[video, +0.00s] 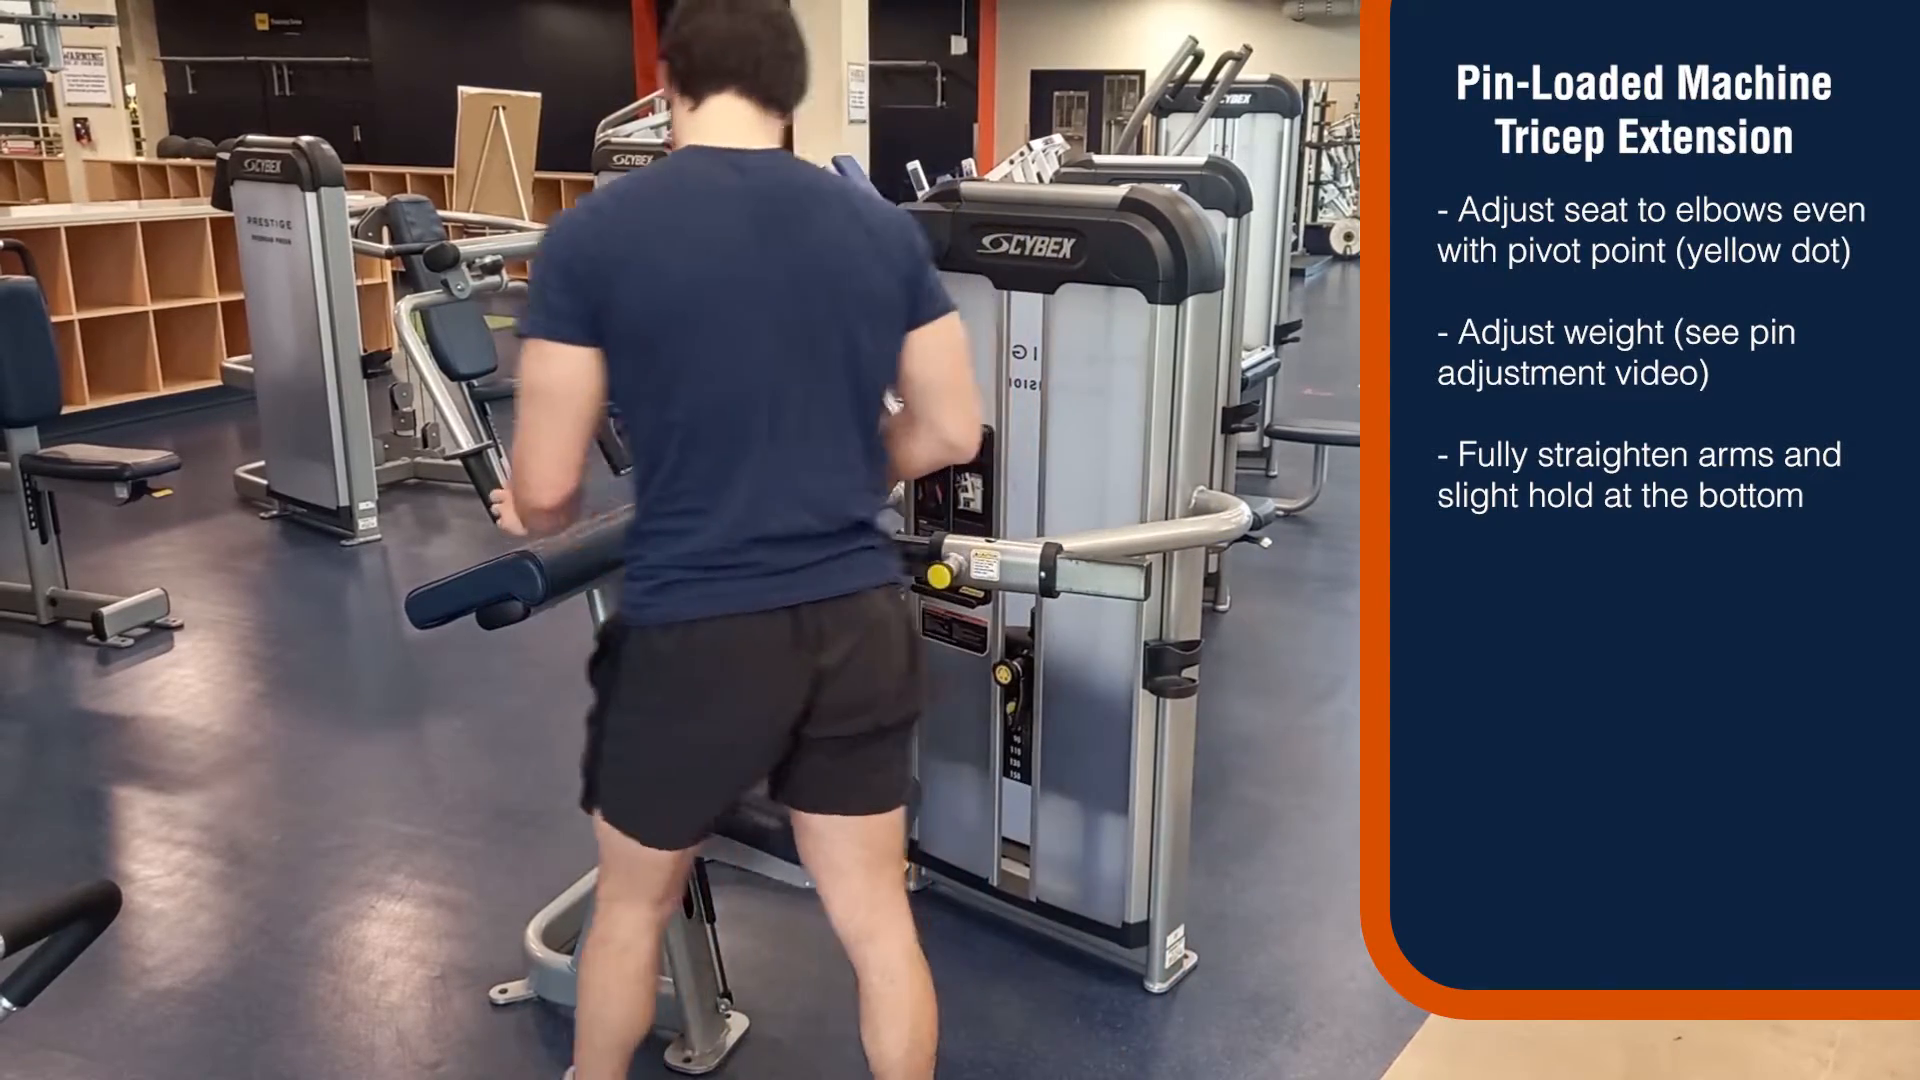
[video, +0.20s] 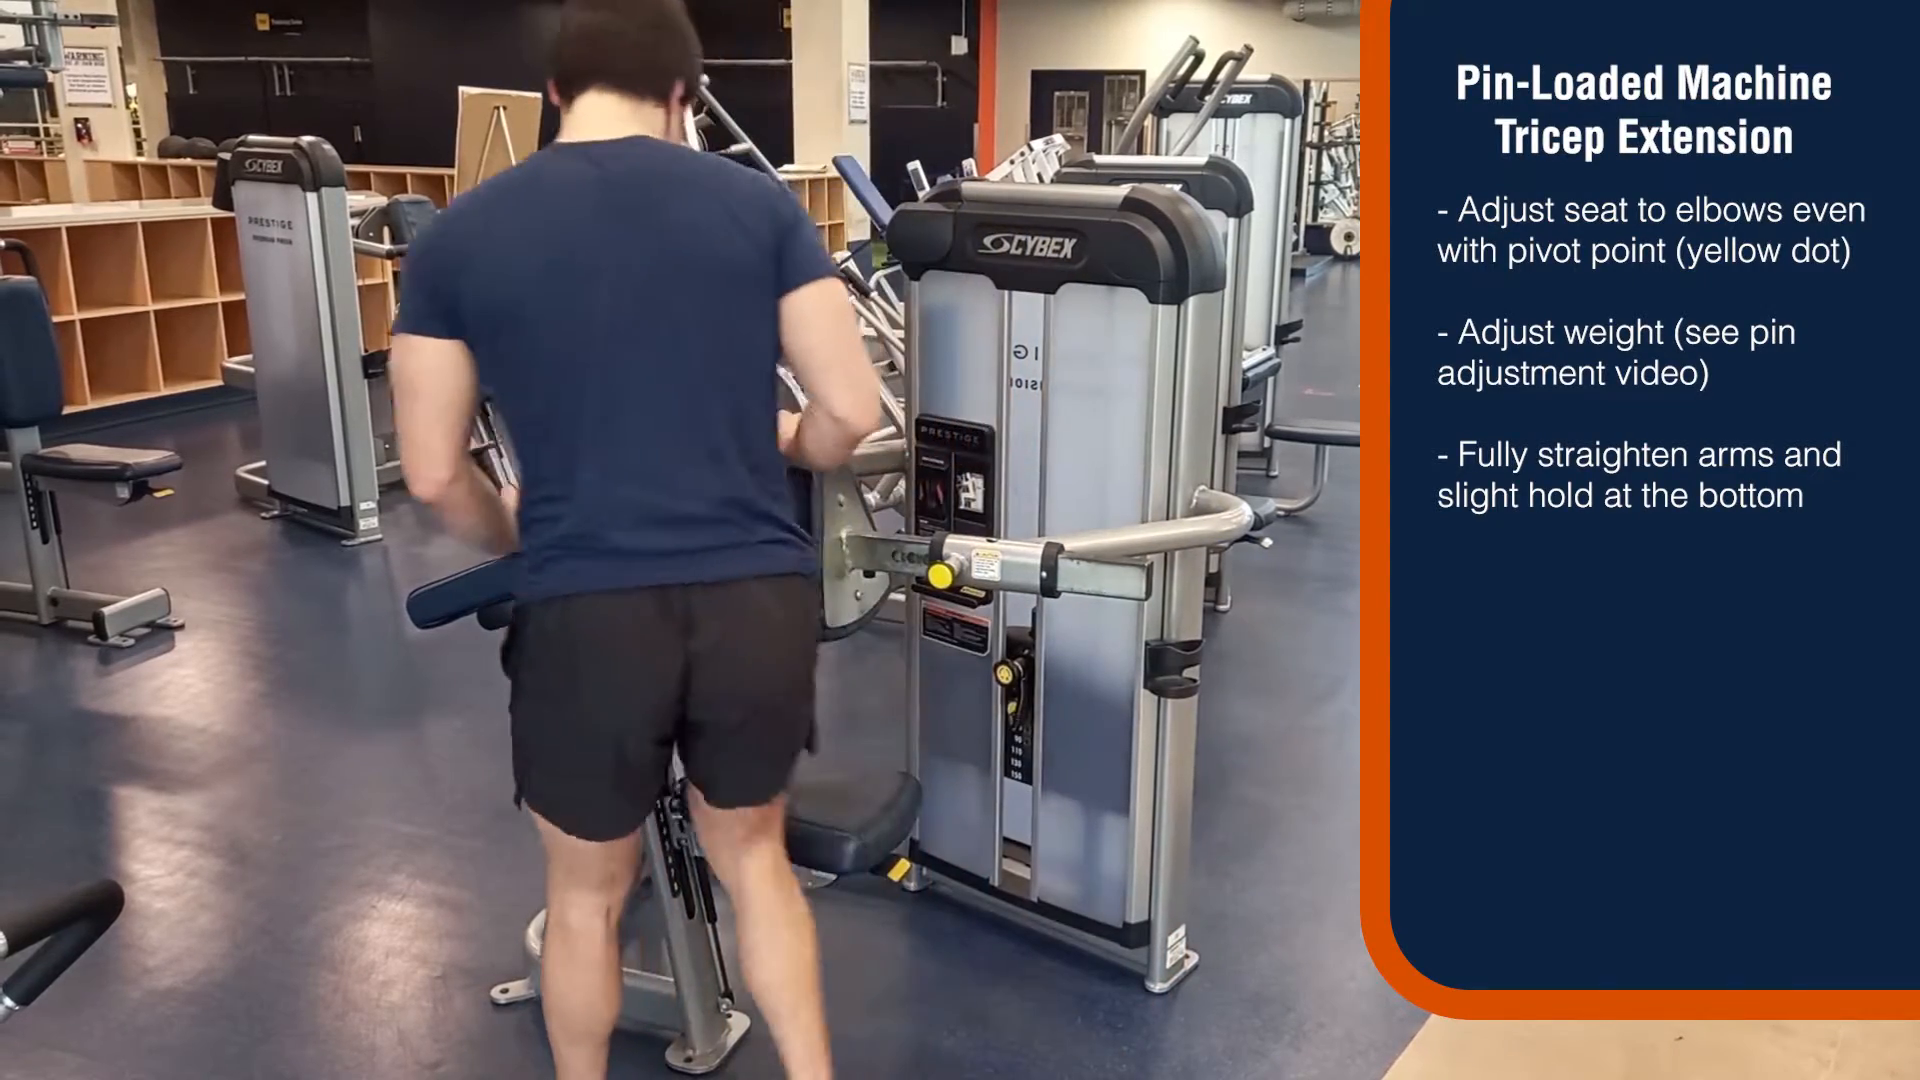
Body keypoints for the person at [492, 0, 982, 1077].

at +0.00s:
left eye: (667, 76)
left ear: (670, 84)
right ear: (793, 93)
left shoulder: (598, 233)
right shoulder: (877, 226)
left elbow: (549, 489)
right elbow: (951, 429)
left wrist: (525, 504)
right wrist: (834, 457)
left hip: (693, 646)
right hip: (862, 631)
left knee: (632, 908)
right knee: (879, 917)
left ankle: (597, 1071)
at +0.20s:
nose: (687, 120)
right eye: (691, 104)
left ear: (552, 93)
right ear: (681, 98)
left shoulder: (462, 233)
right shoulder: (758, 206)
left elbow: (434, 475)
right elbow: (852, 415)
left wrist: (519, 542)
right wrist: (773, 438)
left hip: (585, 627)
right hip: (757, 615)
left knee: (584, 899)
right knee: (756, 850)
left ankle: (582, 1076)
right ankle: (813, 1071)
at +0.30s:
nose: (655, 124)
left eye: (653, 110)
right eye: (659, 106)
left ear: (525, 89)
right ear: (643, 93)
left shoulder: (425, 226)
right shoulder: (714, 193)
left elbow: (399, 466)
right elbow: (826, 399)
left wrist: (504, 541)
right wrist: (773, 455)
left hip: (553, 610)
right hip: (723, 587)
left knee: (573, 896)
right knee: (710, 782)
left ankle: (578, 1073)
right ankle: (739, 1023)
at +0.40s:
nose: (644, 125)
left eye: (644, 110)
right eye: (646, 107)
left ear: (511, 88)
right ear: (626, 94)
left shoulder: (408, 225)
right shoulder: (688, 188)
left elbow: (383, 455)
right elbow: (810, 392)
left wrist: (486, 537)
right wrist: (786, 453)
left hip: (535, 604)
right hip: (703, 576)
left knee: (568, 895)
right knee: (699, 735)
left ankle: (577, 1074)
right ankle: (705, 960)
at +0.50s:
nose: (629, 127)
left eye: (629, 112)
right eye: (631, 110)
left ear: (496, 87)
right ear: (604, 94)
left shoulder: (384, 223)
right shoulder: (662, 185)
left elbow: (368, 448)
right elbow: (786, 397)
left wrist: (469, 527)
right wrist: (787, 452)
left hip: (511, 609)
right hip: (677, 577)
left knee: (560, 898)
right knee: (694, 656)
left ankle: (575, 1076)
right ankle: (687, 857)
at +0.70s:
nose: (605, 123)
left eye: (604, 108)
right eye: (606, 107)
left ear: (465, 92)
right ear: (577, 89)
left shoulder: (352, 221)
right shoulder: (630, 182)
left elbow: (347, 442)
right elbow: (757, 391)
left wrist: (453, 521)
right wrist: (797, 440)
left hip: (496, 609)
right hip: (652, 572)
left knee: (554, 887)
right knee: (716, 504)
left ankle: (574, 1077)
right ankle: (712, 741)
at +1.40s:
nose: (474, 143)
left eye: (473, 125)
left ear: (478, 125)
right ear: (595, 110)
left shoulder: (475, 245)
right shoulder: (694, 202)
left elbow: (481, 473)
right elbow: (788, 373)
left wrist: (507, 548)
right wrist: (759, 461)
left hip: (636, 583)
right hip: (761, 545)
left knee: (606, 861)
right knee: (765, 749)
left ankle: (595, 1070)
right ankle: (811, 947)